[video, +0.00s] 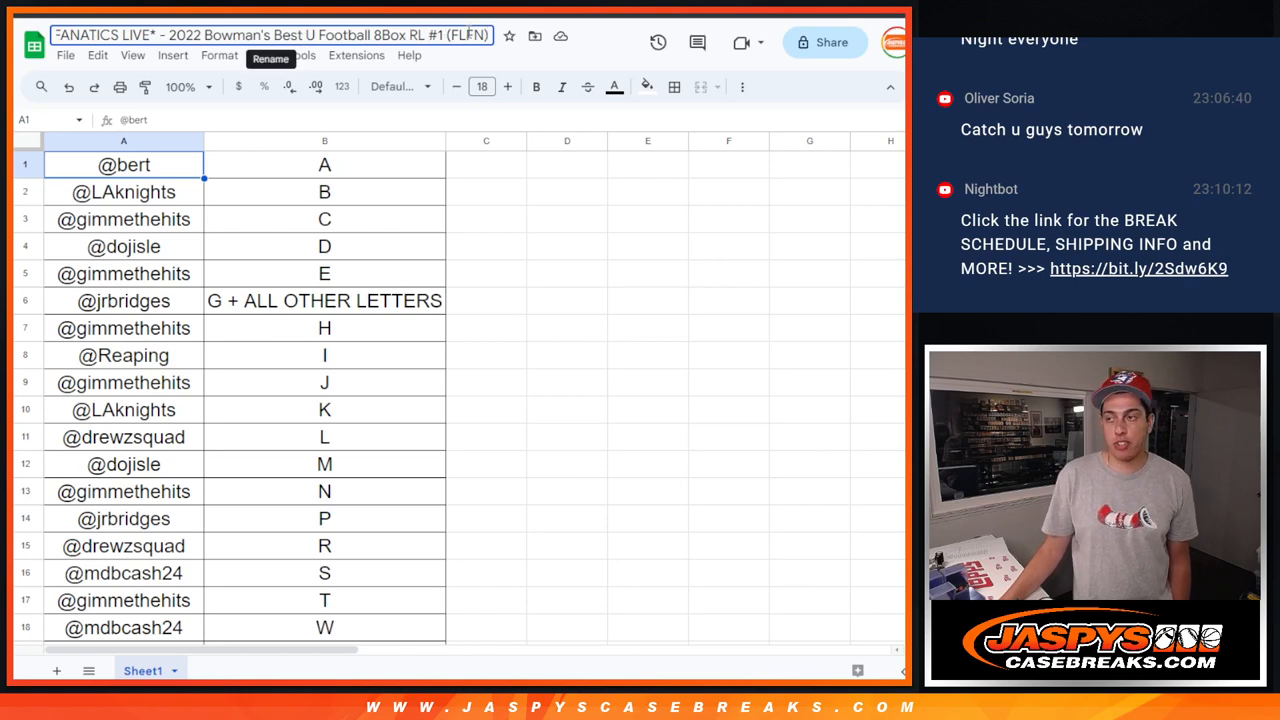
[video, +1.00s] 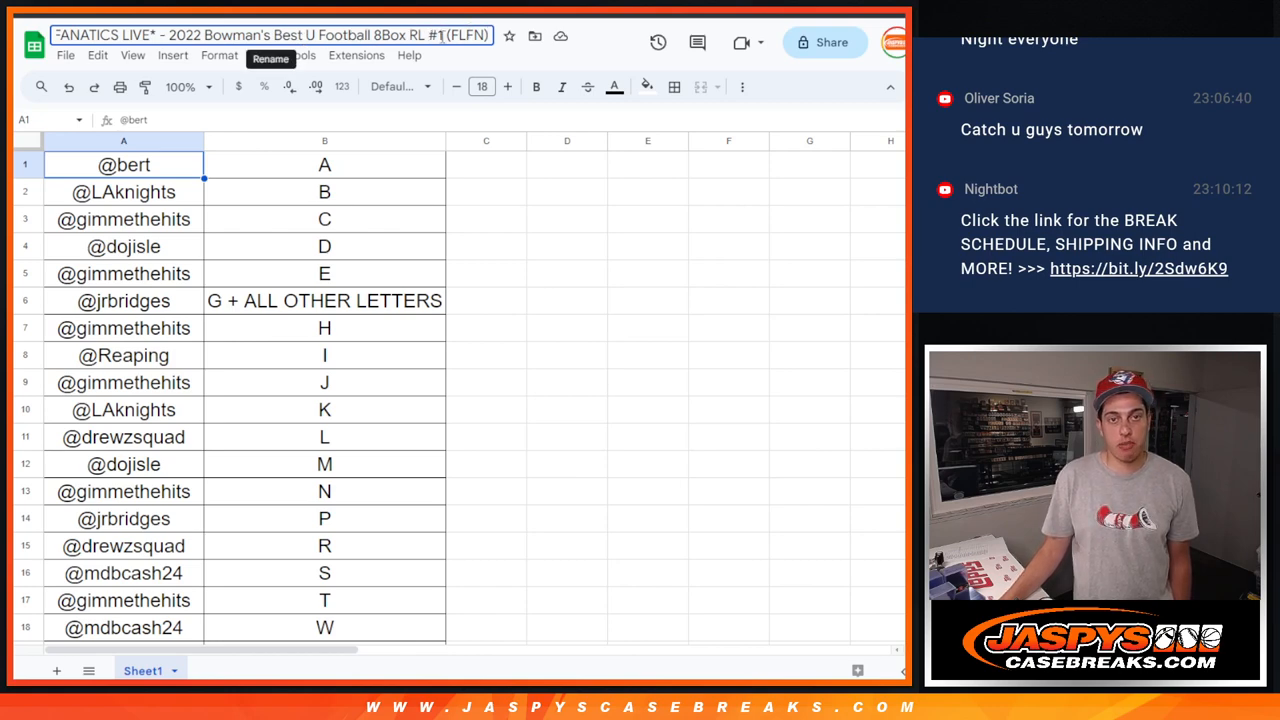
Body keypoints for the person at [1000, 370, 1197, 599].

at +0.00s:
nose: (1119, 429)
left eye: (1131, 417)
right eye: (1110, 418)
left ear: (1150, 422)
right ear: (1101, 423)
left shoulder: (1175, 481)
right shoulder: (1074, 475)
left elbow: (1179, 557)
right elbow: (1052, 549)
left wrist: (1180, 609)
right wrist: (1007, 600)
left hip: (1153, 607)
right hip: (1090, 608)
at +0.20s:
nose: (1121, 429)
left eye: (1132, 417)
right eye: (1111, 418)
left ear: (1150, 422)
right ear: (1101, 424)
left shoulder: (1175, 481)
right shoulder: (1074, 475)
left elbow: (1179, 558)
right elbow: (1052, 549)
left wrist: (1180, 610)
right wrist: (1007, 599)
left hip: (1153, 608)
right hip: (1089, 608)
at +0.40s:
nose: (1126, 429)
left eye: (1136, 416)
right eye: (1114, 417)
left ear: (1150, 421)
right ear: (1101, 425)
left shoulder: (1176, 481)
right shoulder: (1074, 476)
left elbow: (1180, 557)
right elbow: (1052, 550)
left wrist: (1180, 611)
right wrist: (1007, 599)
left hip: (1153, 606)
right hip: (1090, 606)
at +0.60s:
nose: (1127, 429)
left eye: (1136, 416)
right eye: (1115, 418)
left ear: (1150, 420)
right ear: (1101, 425)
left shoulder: (1175, 481)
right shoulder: (1074, 476)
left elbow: (1180, 557)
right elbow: (1052, 550)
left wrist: (1180, 610)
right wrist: (1007, 599)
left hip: (1153, 606)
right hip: (1090, 606)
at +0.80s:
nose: (1126, 430)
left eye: (1136, 416)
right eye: (1114, 418)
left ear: (1150, 420)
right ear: (1100, 424)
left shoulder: (1175, 481)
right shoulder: (1073, 476)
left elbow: (1180, 557)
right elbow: (1052, 549)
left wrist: (1181, 611)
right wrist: (1007, 599)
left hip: (1153, 607)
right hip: (1090, 607)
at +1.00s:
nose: (1125, 430)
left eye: (1135, 416)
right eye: (1113, 418)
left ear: (1149, 420)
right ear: (1099, 424)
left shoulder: (1175, 481)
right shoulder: (1073, 477)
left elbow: (1180, 557)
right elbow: (1052, 549)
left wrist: (1181, 611)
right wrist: (1007, 599)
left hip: (1153, 605)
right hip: (1090, 607)